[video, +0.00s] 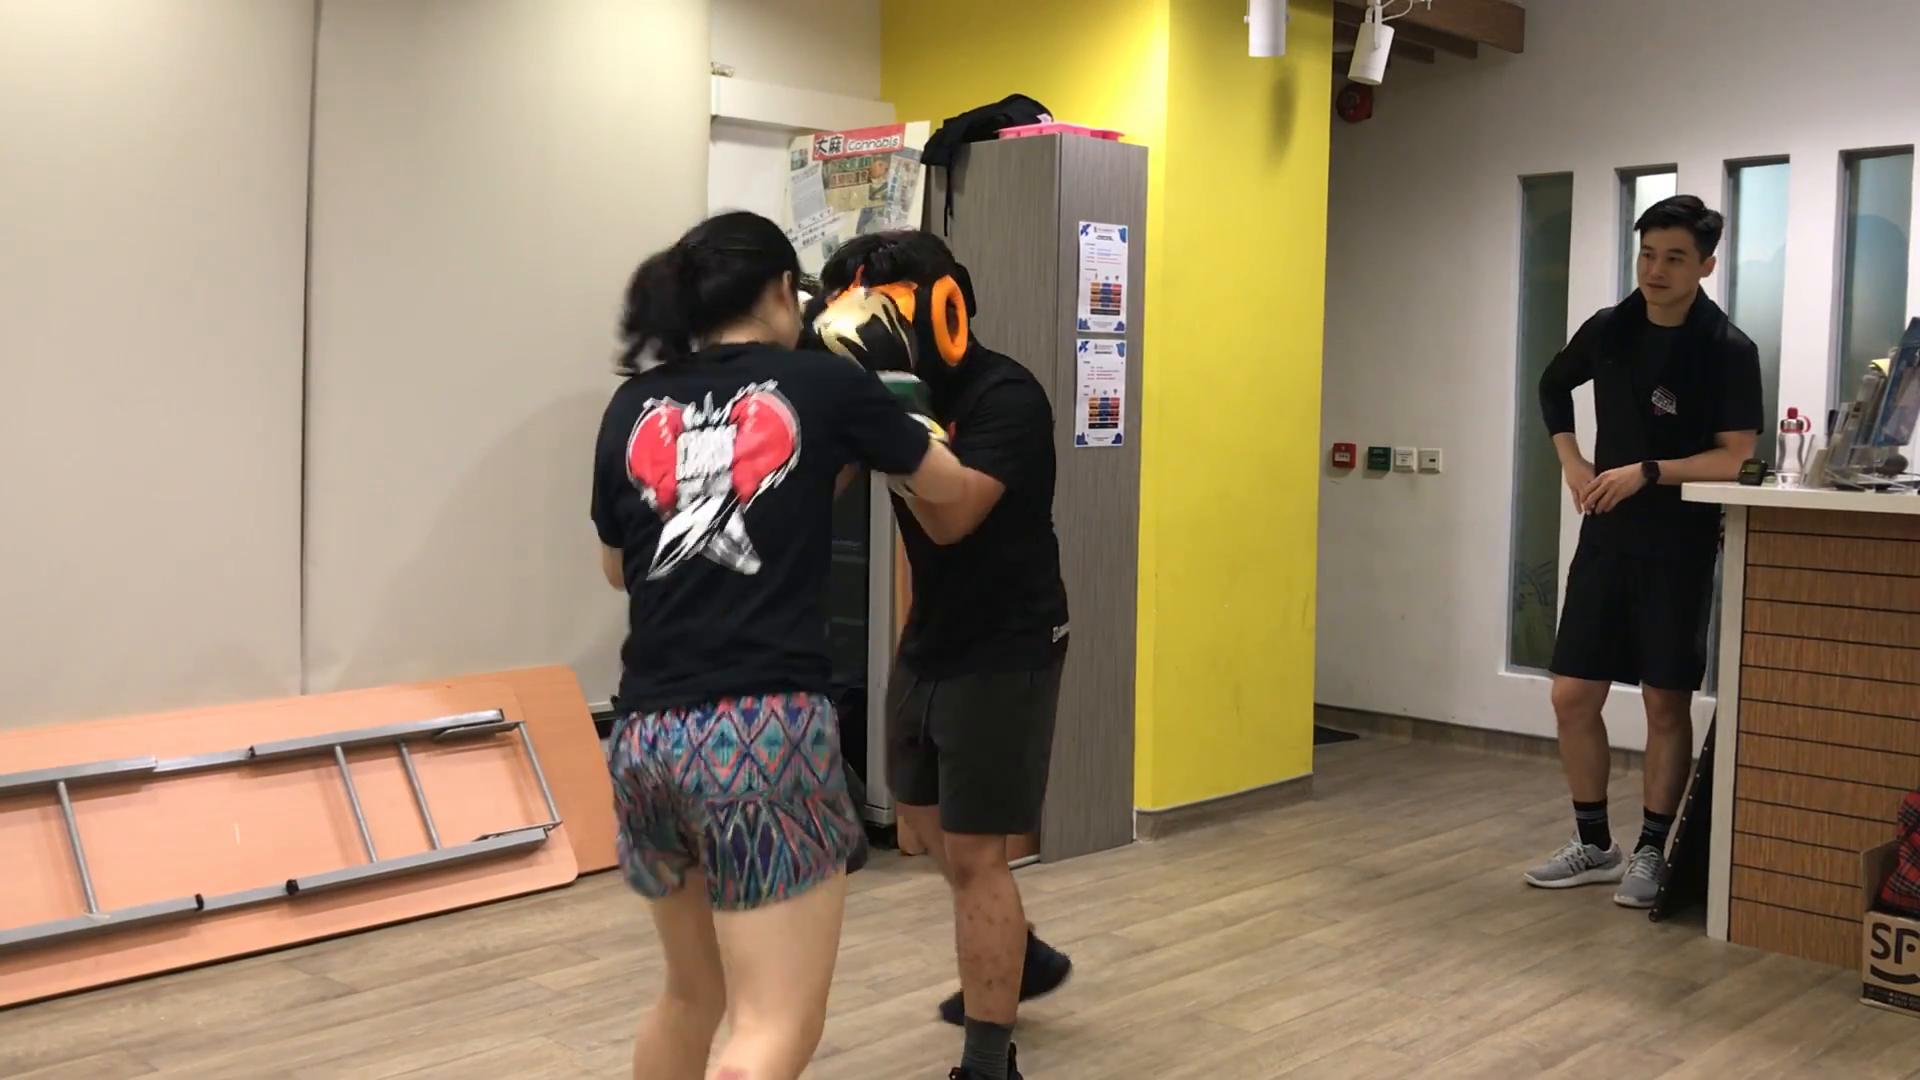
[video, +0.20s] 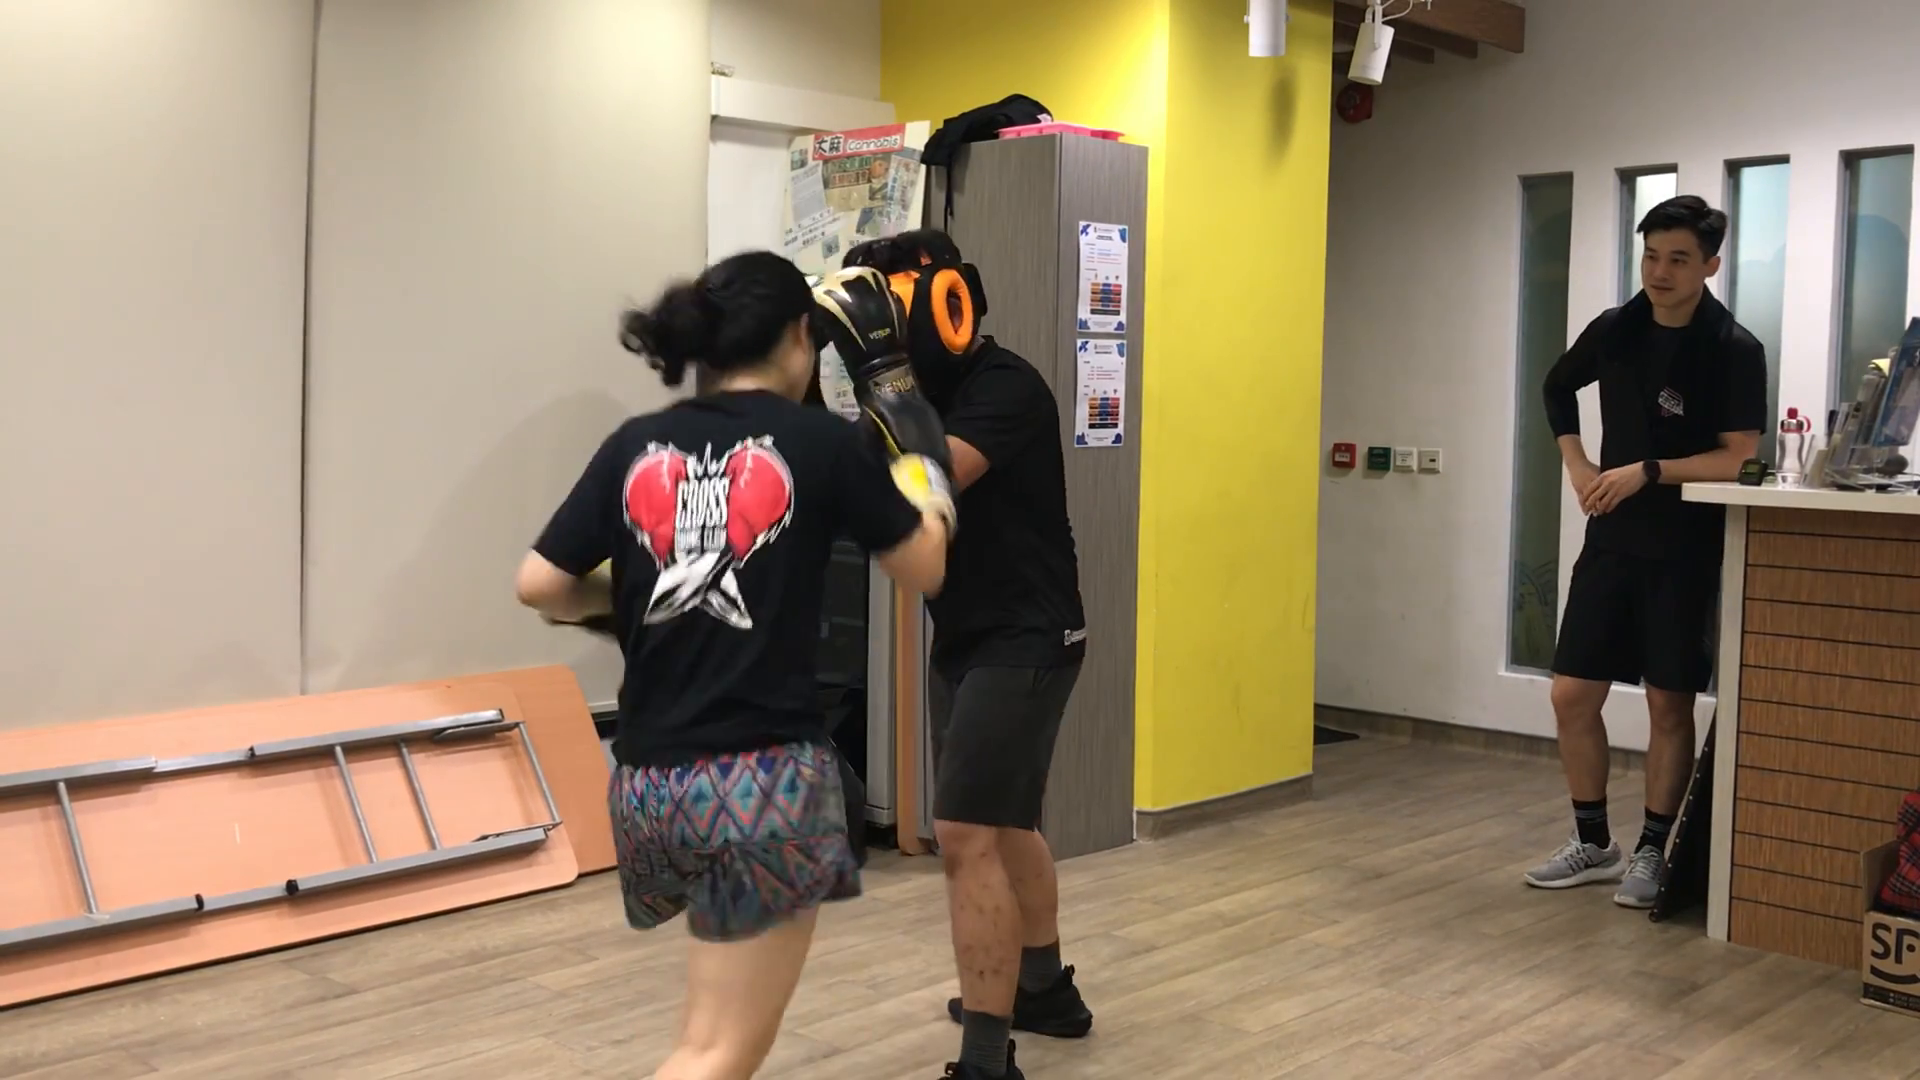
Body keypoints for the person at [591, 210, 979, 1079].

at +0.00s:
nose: (804, 305)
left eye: (799, 291)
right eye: (799, 289)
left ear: (688, 305)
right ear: (779, 291)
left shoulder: (630, 404)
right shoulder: (824, 383)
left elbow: (618, 565)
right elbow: (958, 506)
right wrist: (908, 422)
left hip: (647, 732)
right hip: (768, 727)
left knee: (688, 996)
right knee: (771, 1028)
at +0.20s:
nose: (814, 353)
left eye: (812, 337)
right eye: (812, 337)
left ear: (705, 344)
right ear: (794, 339)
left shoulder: (636, 442)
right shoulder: (819, 441)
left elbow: (541, 583)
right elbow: (924, 568)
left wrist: (630, 594)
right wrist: (925, 476)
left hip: (651, 776)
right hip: (767, 775)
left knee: (704, 1036)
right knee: (724, 1049)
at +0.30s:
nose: (833, 344)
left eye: (831, 326)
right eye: (828, 325)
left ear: (726, 328)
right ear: (805, 328)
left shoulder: (658, 432)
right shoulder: (812, 435)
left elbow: (555, 536)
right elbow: (859, 596)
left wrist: (569, 585)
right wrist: (924, 574)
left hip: (656, 746)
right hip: (760, 747)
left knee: (738, 988)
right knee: (698, 1024)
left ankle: (693, 1061)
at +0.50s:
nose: (854, 311)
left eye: (850, 299)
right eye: (847, 299)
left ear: (753, 324)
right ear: (835, 315)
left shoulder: (743, 421)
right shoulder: (813, 425)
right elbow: (712, 521)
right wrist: (811, 596)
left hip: (703, 701)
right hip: (755, 710)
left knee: (746, 953)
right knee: (746, 969)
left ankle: (731, 1064)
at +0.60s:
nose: (821, 304)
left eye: (817, 289)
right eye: (817, 289)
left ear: (720, 306)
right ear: (799, 299)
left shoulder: (685, 426)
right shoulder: (818, 404)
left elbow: (679, 568)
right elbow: (811, 501)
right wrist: (925, 517)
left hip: (687, 689)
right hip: (781, 692)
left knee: (745, 908)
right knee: (771, 947)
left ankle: (736, 1062)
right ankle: (701, 1072)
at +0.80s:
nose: (790, 306)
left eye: (786, 294)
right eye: (786, 293)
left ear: (691, 308)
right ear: (773, 300)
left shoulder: (650, 412)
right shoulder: (824, 381)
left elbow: (627, 564)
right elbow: (966, 435)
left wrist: (697, 516)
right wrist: (914, 390)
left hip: (683, 693)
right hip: (799, 689)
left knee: (729, 906)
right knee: (784, 926)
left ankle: (733, 1065)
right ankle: (690, 1074)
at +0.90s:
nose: (810, 315)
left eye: (806, 302)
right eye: (807, 301)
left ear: (711, 312)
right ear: (789, 302)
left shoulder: (655, 407)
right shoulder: (829, 386)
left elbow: (626, 554)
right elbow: (939, 471)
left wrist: (701, 513)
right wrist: (879, 426)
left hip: (679, 694)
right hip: (788, 693)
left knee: (731, 906)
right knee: (793, 929)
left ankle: (734, 1064)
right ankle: (688, 1074)